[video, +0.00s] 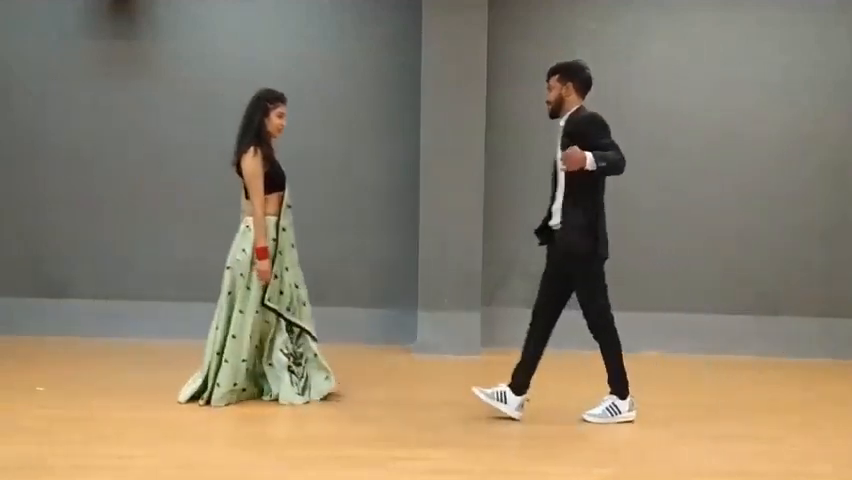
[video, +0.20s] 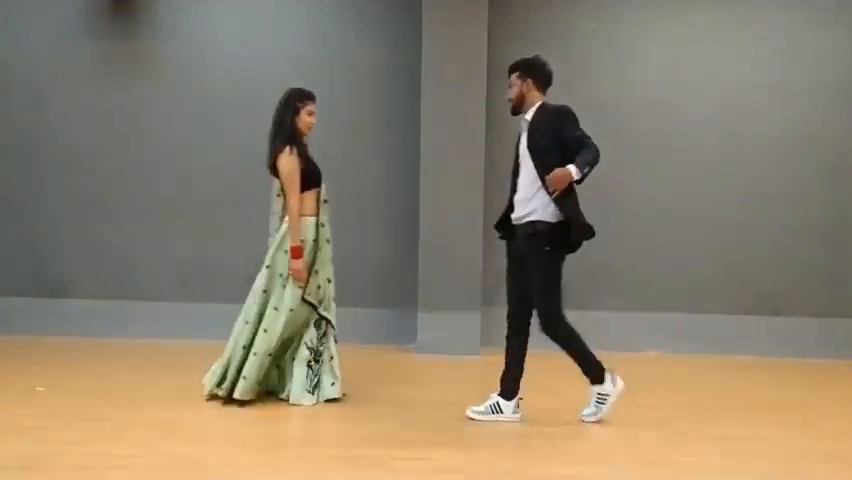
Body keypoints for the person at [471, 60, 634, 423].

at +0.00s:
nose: (546, 94)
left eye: (550, 87)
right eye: (547, 87)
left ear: (567, 87)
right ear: (566, 88)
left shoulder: (588, 122)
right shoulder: (568, 127)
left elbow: (617, 161)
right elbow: (571, 186)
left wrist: (588, 160)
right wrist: (555, 225)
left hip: (582, 241)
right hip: (563, 241)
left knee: (600, 320)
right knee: (542, 317)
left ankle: (621, 399)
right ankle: (514, 393)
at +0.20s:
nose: (508, 92)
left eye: (511, 84)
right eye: (509, 85)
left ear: (528, 84)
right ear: (527, 85)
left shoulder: (557, 115)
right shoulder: (527, 126)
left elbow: (590, 151)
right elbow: (528, 178)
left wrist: (571, 170)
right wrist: (513, 215)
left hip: (544, 232)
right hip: (519, 231)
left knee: (550, 320)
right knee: (517, 319)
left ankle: (604, 382)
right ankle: (507, 399)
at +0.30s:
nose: (493, 90)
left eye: (495, 82)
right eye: (494, 83)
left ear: (510, 82)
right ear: (512, 84)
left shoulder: (543, 113)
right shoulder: (511, 126)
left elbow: (577, 150)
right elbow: (513, 175)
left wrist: (562, 181)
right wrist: (499, 213)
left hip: (528, 229)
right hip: (506, 229)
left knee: (518, 316)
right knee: (510, 316)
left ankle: (576, 374)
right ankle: (507, 399)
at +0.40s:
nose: (477, 89)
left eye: (481, 81)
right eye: (478, 81)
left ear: (496, 81)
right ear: (498, 83)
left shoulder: (530, 113)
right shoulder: (494, 123)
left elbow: (564, 151)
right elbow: (500, 173)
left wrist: (554, 189)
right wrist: (487, 212)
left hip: (516, 227)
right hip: (496, 227)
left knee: (497, 313)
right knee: (499, 314)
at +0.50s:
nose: (465, 90)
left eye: (468, 82)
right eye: (466, 83)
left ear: (483, 82)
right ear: (485, 82)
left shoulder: (519, 112)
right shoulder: (483, 124)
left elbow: (552, 152)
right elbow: (485, 175)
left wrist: (544, 194)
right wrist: (473, 214)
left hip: (504, 225)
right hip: (487, 225)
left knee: (473, 312)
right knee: (499, 317)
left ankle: (486, 396)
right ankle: (508, 399)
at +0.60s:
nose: (454, 90)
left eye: (457, 82)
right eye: (455, 82)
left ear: (470, 83)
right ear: (475, 84)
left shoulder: (504, 113)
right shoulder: (472, 124)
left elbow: (538, 152)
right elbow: (471, 177)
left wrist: (531, 197)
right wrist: (458, 218)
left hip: (490, 227)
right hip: (475, 228)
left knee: (458, 308)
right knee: (493, 315)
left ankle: (440, 398)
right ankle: (507, 397)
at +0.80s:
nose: (433, 92)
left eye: (434, 86)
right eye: (435, 86)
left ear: (441, 86)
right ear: (459, 84)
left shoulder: (473, 115)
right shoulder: (453, 120)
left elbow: (502, 154)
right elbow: (458, 175)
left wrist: (493, 199)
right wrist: (436, 206)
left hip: (460, 235)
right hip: (457, 234)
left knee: (426, 315)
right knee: (479, 319)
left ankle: (402, 398)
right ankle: (506, 398)